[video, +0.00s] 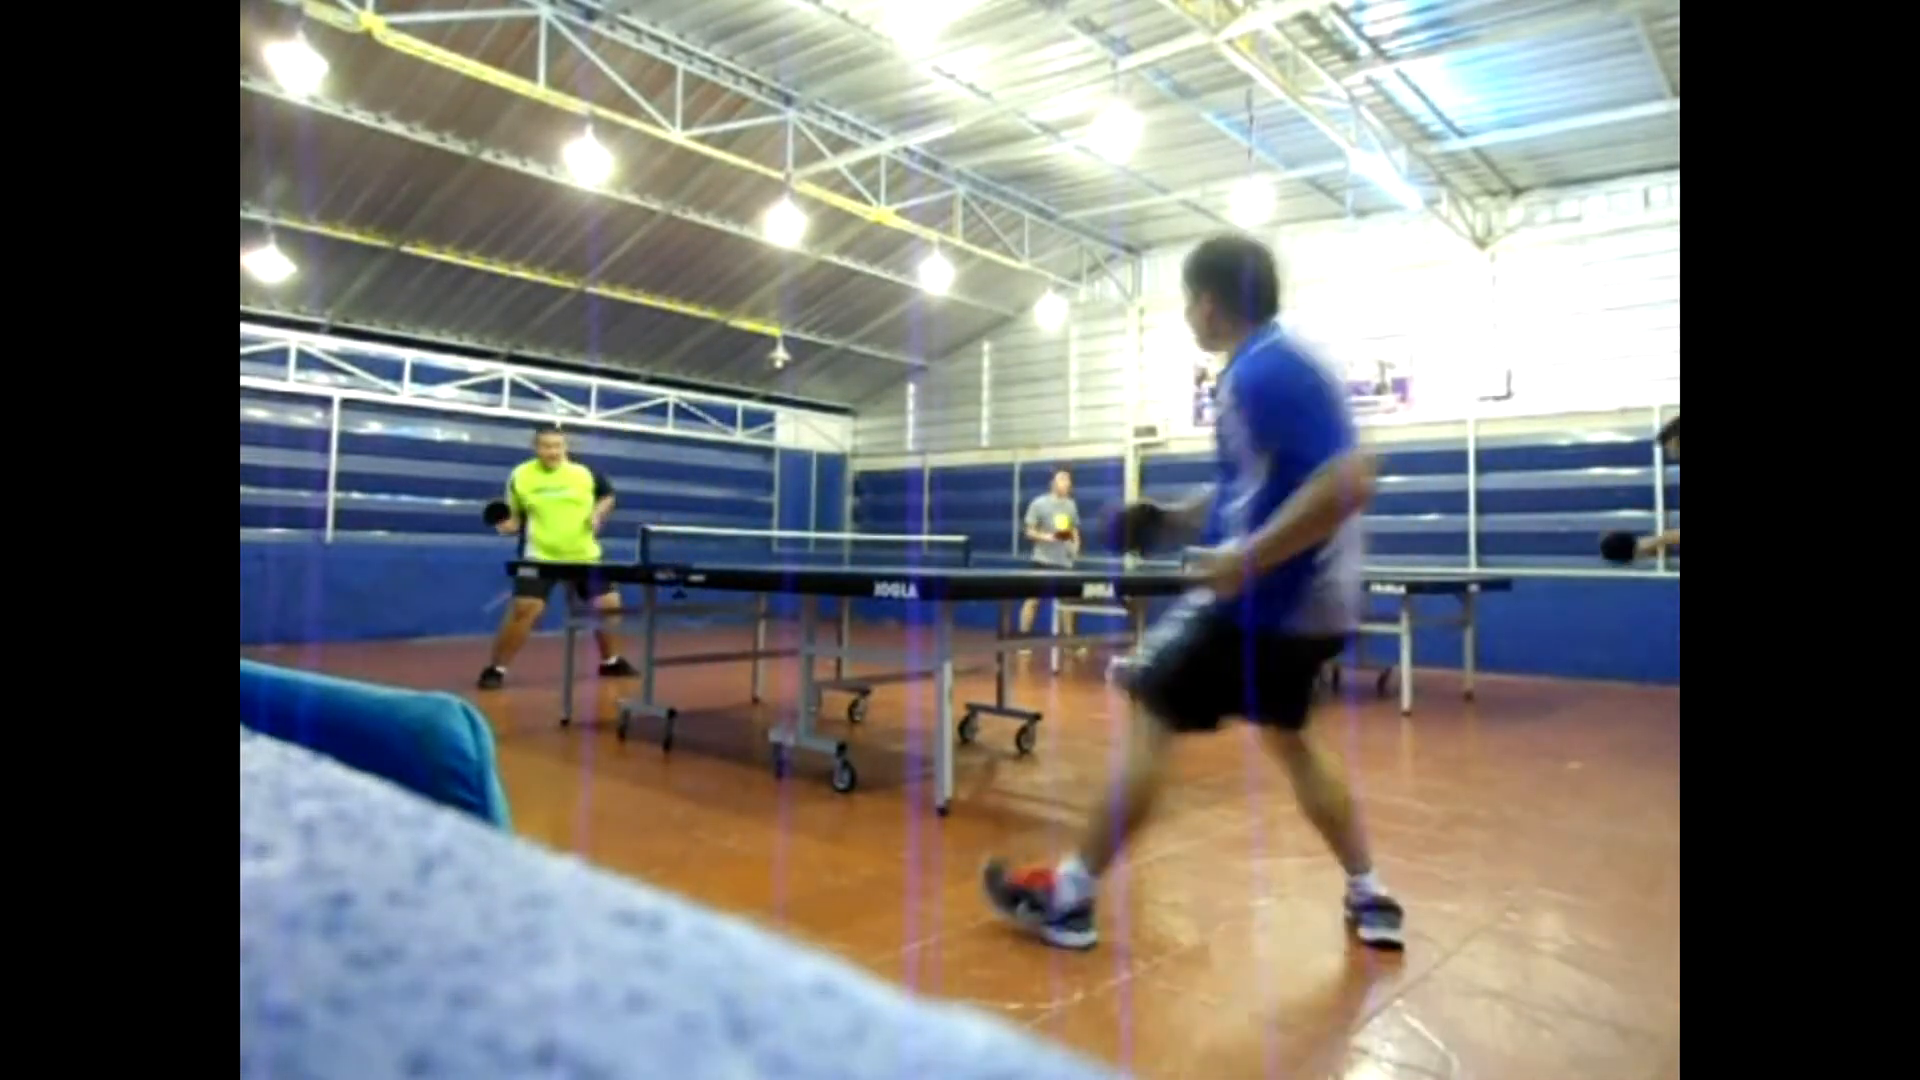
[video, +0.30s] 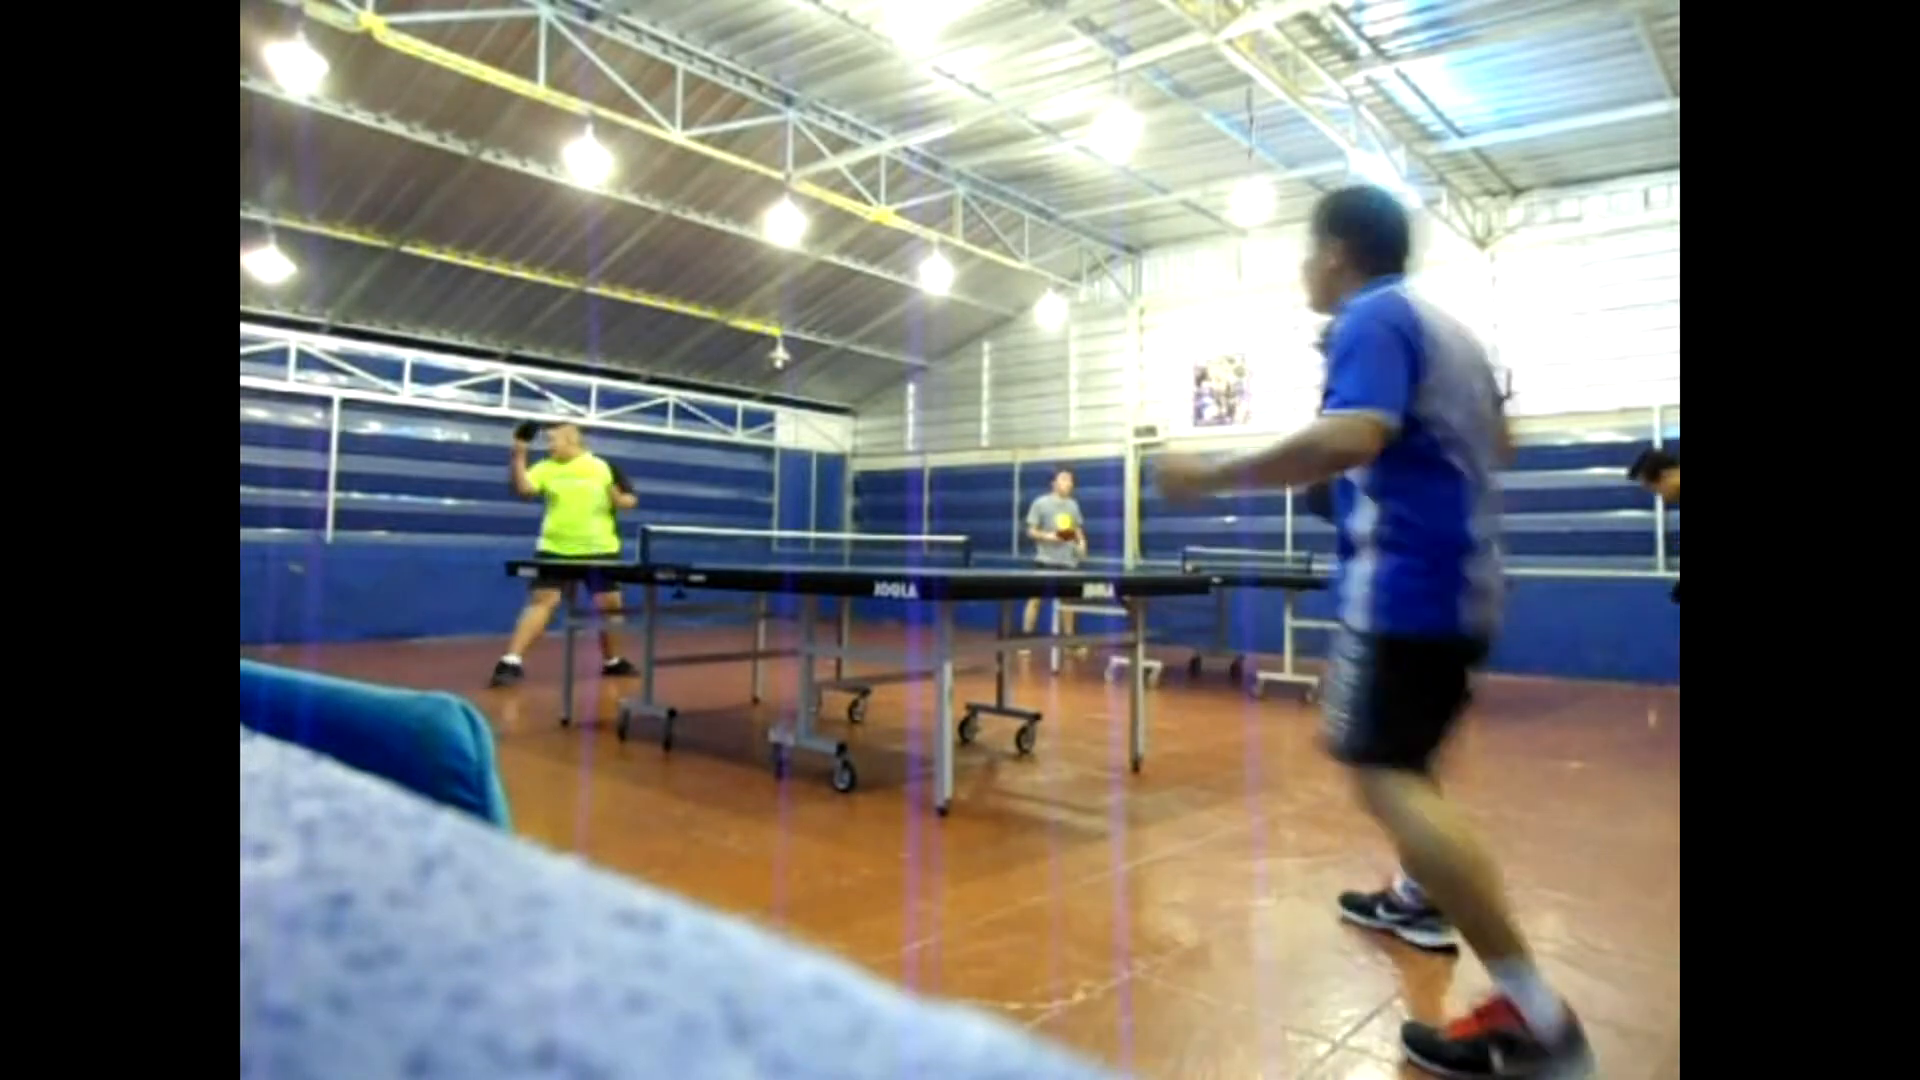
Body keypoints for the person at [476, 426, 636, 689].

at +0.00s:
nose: (552, 452)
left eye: (557, 446)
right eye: (546, 446)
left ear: (565, 447)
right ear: (536, 447)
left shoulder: (583, 473)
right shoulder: (521, 476)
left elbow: (609, 496)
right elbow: (515, 515)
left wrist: (598, 514)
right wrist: (507, 524)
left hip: (583, 554)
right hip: (539, 554)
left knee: (609, 603)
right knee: (527, 607)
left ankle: (611, 660)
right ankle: (498, 667)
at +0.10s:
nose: (550, 445)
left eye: (555, 439)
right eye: (544, 440)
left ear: (565, 441)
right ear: (536, 445)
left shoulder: (587, 465)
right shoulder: (527, 472)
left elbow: (618, 488)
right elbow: (508, 495)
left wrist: (613, 501)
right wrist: (517, 507)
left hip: (589, 547)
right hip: (546, 549)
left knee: (611, 601)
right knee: (531, 603)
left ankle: (611, 659)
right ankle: (501, 666)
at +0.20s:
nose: (550, 445)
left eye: (555, 439)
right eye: (546, 440)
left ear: (570, 440)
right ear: (542, 444)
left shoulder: (594, 464)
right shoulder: (539, 470)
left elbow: (621, 488)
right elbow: (520, 499)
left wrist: (626, 492)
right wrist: (520, 467)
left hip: (596, 546)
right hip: (553, 546)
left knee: (611, 603)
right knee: (538, 604)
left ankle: (612, 659)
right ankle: (504, 665)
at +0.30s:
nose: (550, 445)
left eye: (555, 439)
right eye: (549, 440)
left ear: (572, 440)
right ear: (551, 443)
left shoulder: (601, 467)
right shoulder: (547, 468)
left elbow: (629, 498)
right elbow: (524, 487)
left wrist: (618, 498)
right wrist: (520, 452)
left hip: (599, 547)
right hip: (556, 546)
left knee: (611, 604)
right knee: (542, 601)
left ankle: (612, 659)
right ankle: (512, 659)